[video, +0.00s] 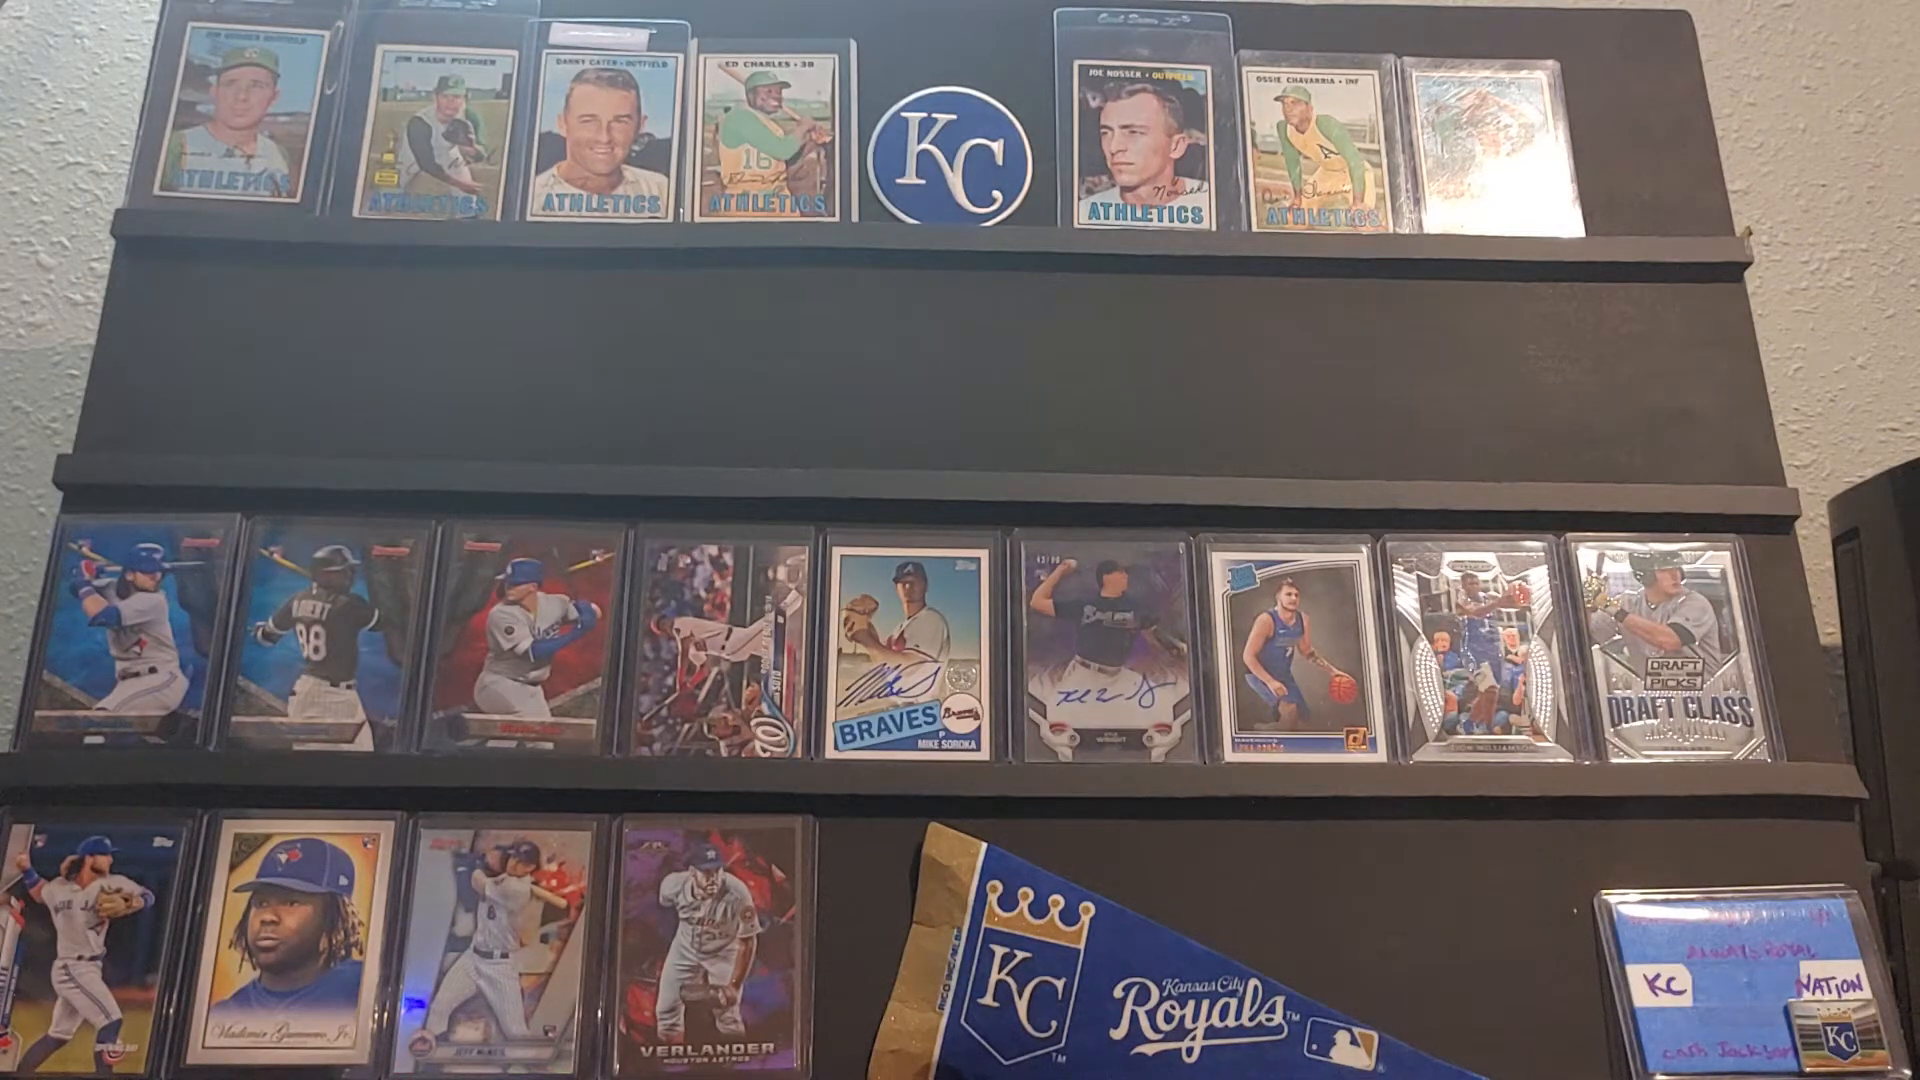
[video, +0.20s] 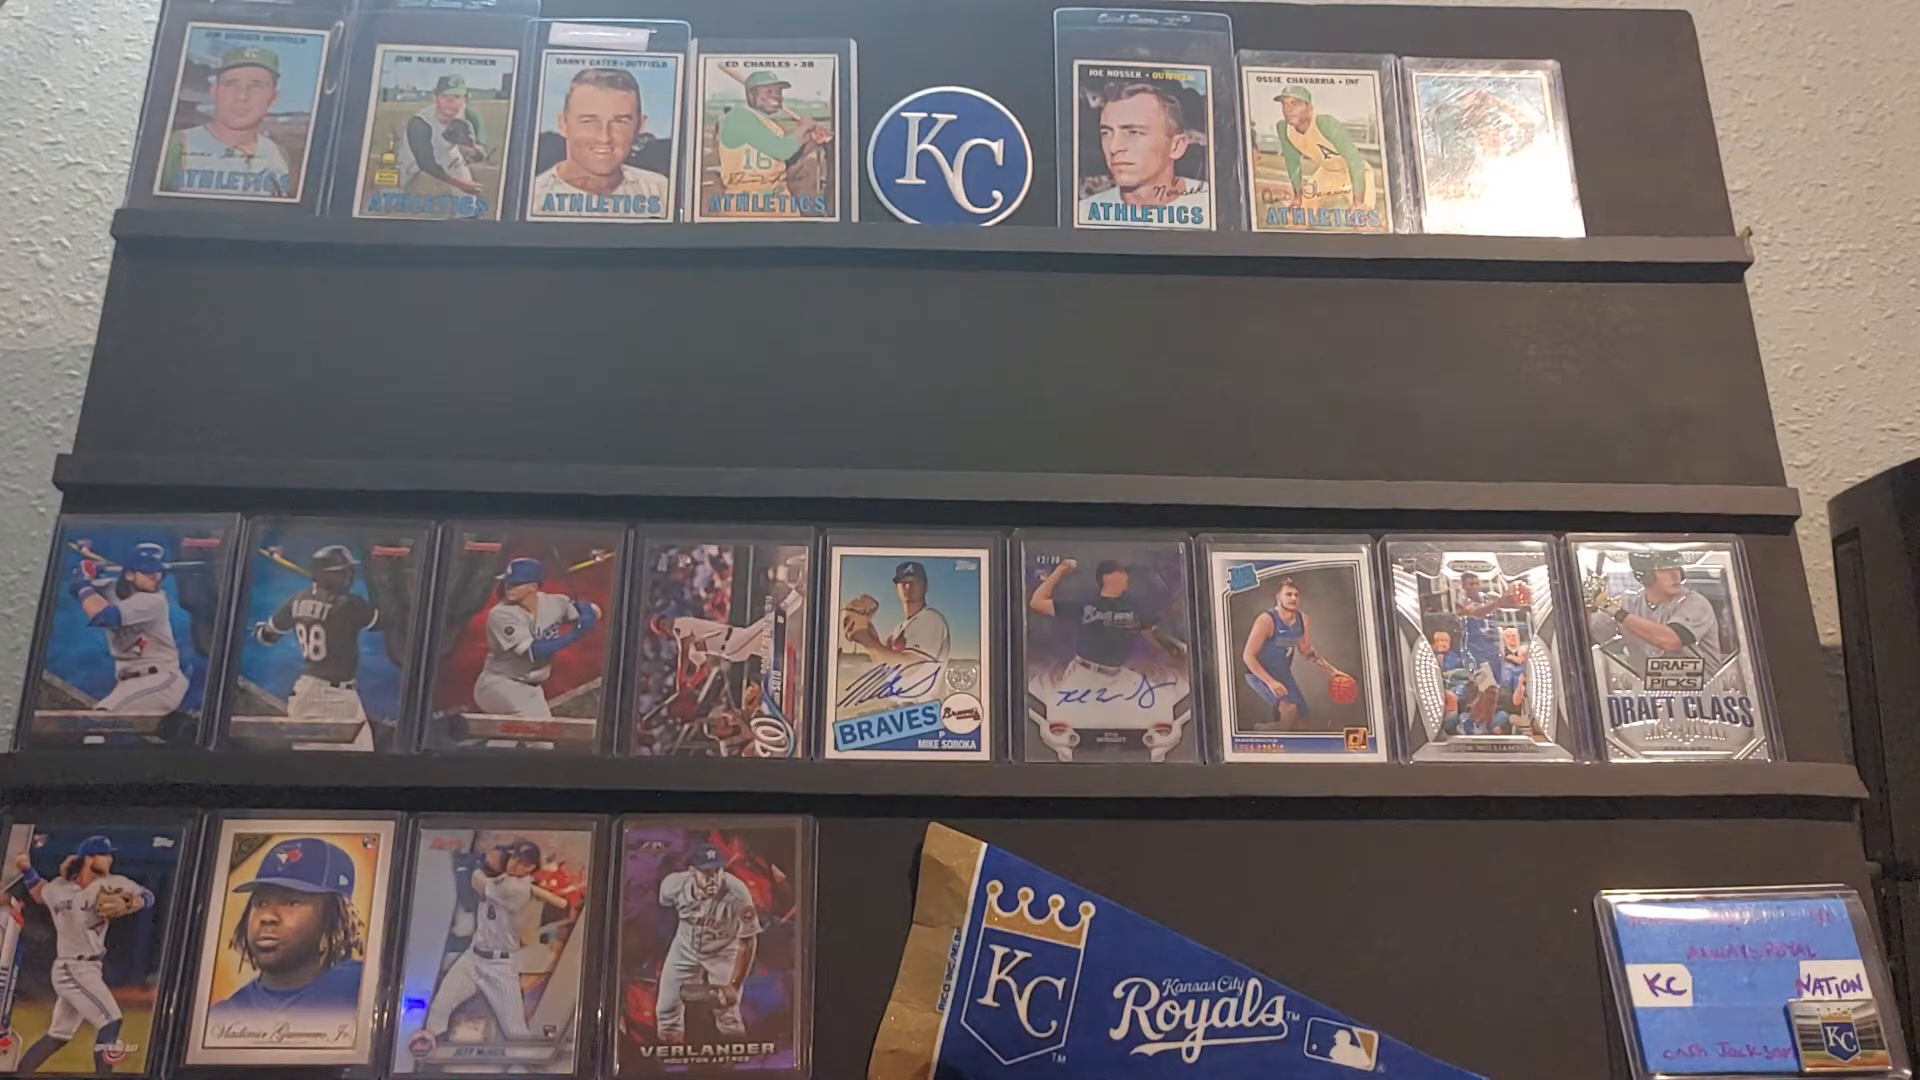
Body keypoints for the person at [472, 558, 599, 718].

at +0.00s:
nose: (508, 588)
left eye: (514, 584)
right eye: (507, 583)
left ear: (532, 587)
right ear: (505, 583)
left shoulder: (553, 603)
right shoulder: (500, 614)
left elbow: (577, 607)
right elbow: (532, 652)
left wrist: (587, 613)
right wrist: (576, 633)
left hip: (531, 688)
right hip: (497, 684)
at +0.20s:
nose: (508, 588)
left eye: (514, 584)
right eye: (507, 583)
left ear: (532, 587)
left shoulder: (554, 603)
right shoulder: (500, 614)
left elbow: (579, 607)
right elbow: (531, 652)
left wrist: (587, 613)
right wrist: (576, 633)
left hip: (531, 687)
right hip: (497, 684)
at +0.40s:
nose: (508, 587)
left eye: (514, 584)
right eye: (507, 583)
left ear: (533, 587)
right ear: (504, 583)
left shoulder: (554, 603)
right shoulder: (500, 615)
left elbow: (580, 607)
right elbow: (531, 652)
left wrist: (587, 613)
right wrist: (576, 634)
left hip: (531, 688)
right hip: (497, 684)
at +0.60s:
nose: (508, 587)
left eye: (514, 583)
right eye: (507, 583)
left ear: (533, 587)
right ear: (504, 583)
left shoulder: (554, 603)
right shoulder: (500, 614)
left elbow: (580, 607)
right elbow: (531, 652)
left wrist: (587, 613)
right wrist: (576, 633)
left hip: (531, 688)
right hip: (497, 684)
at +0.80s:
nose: (508, 587)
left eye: (514, 583)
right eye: (507, 583)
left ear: (533, 587)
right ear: (504, 583)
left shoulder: (554, 603)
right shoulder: (500, 614)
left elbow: (580, 607)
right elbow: (531, 652)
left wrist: (587, 614)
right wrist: (576, 633)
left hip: (531, 688)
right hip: (497, 684)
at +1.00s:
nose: (508, 587)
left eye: (514, 583)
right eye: (507, 583)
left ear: (533, 587)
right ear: (504, 583)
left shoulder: (554, 603)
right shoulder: (500, 614)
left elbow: (580, 607)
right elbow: (531, 652)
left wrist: (587, 614)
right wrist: (575, 633)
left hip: (531, 688)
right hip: (497, 684)